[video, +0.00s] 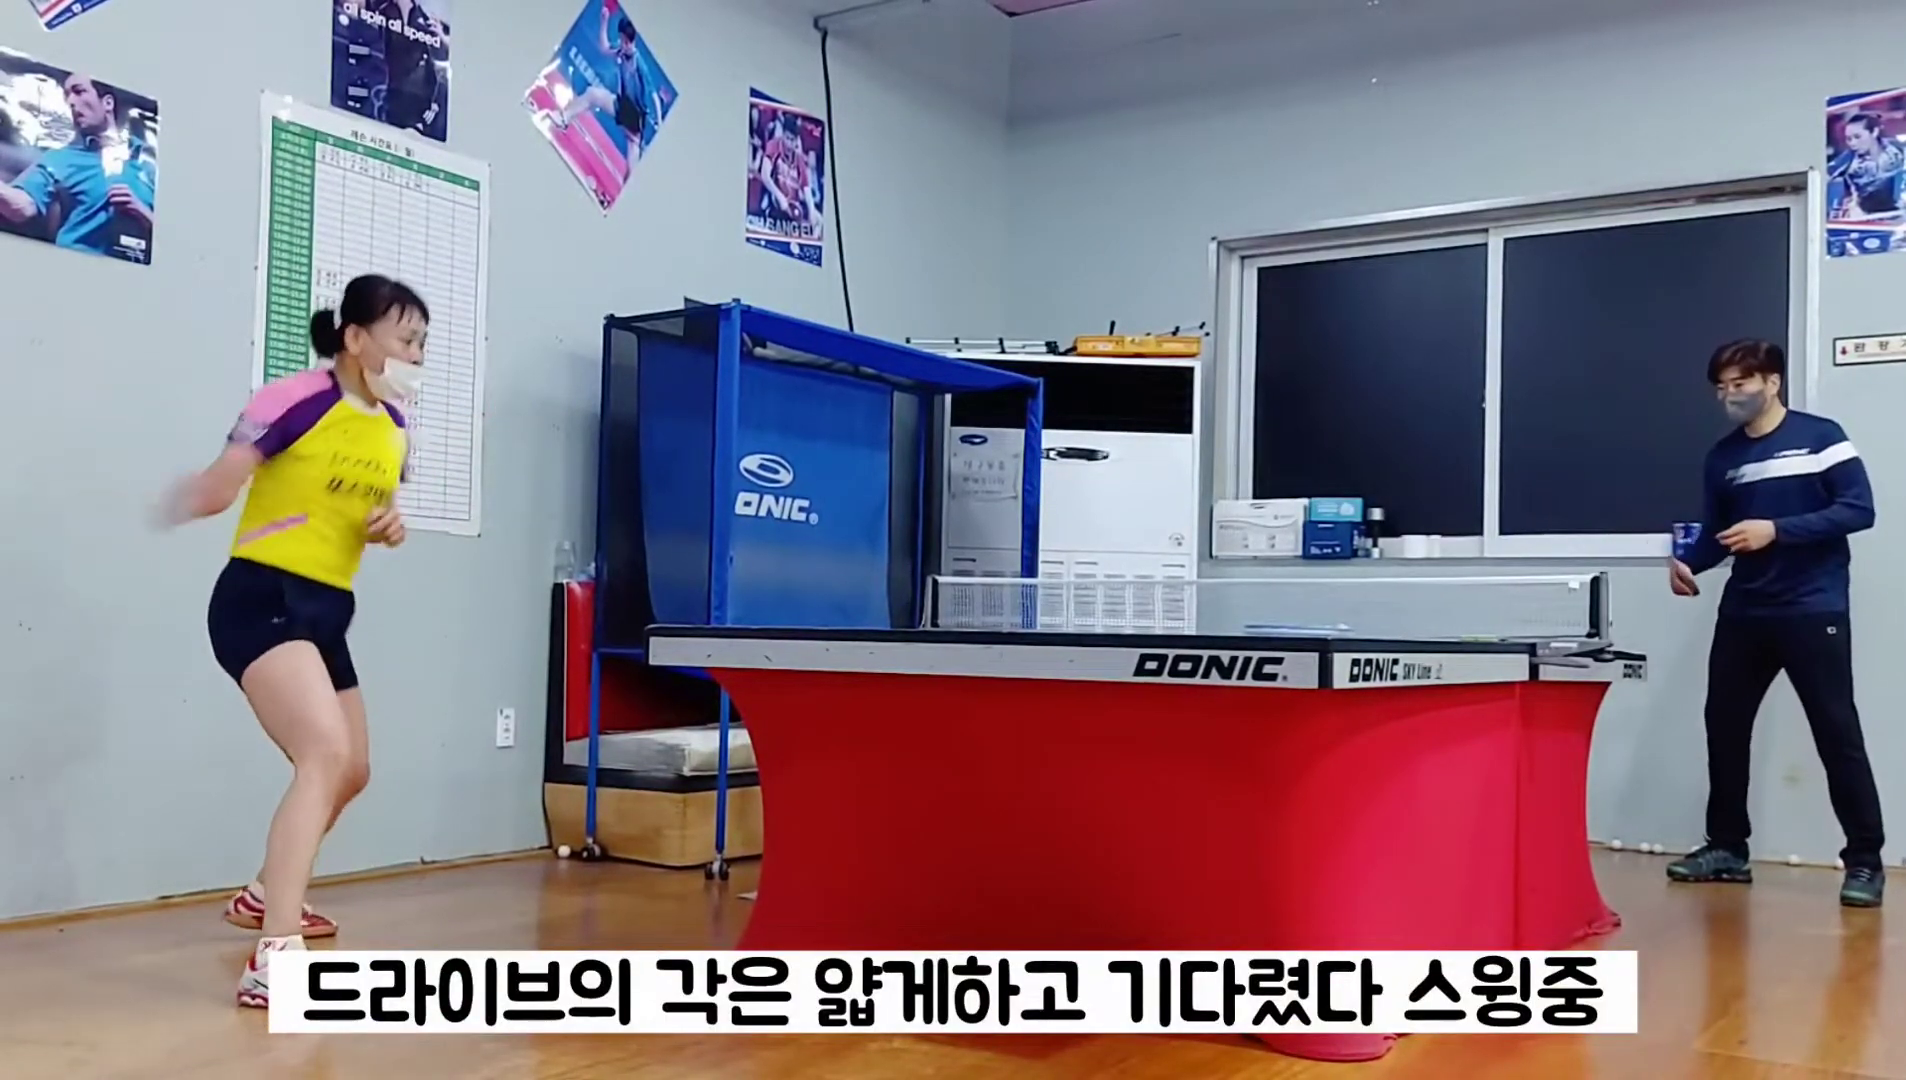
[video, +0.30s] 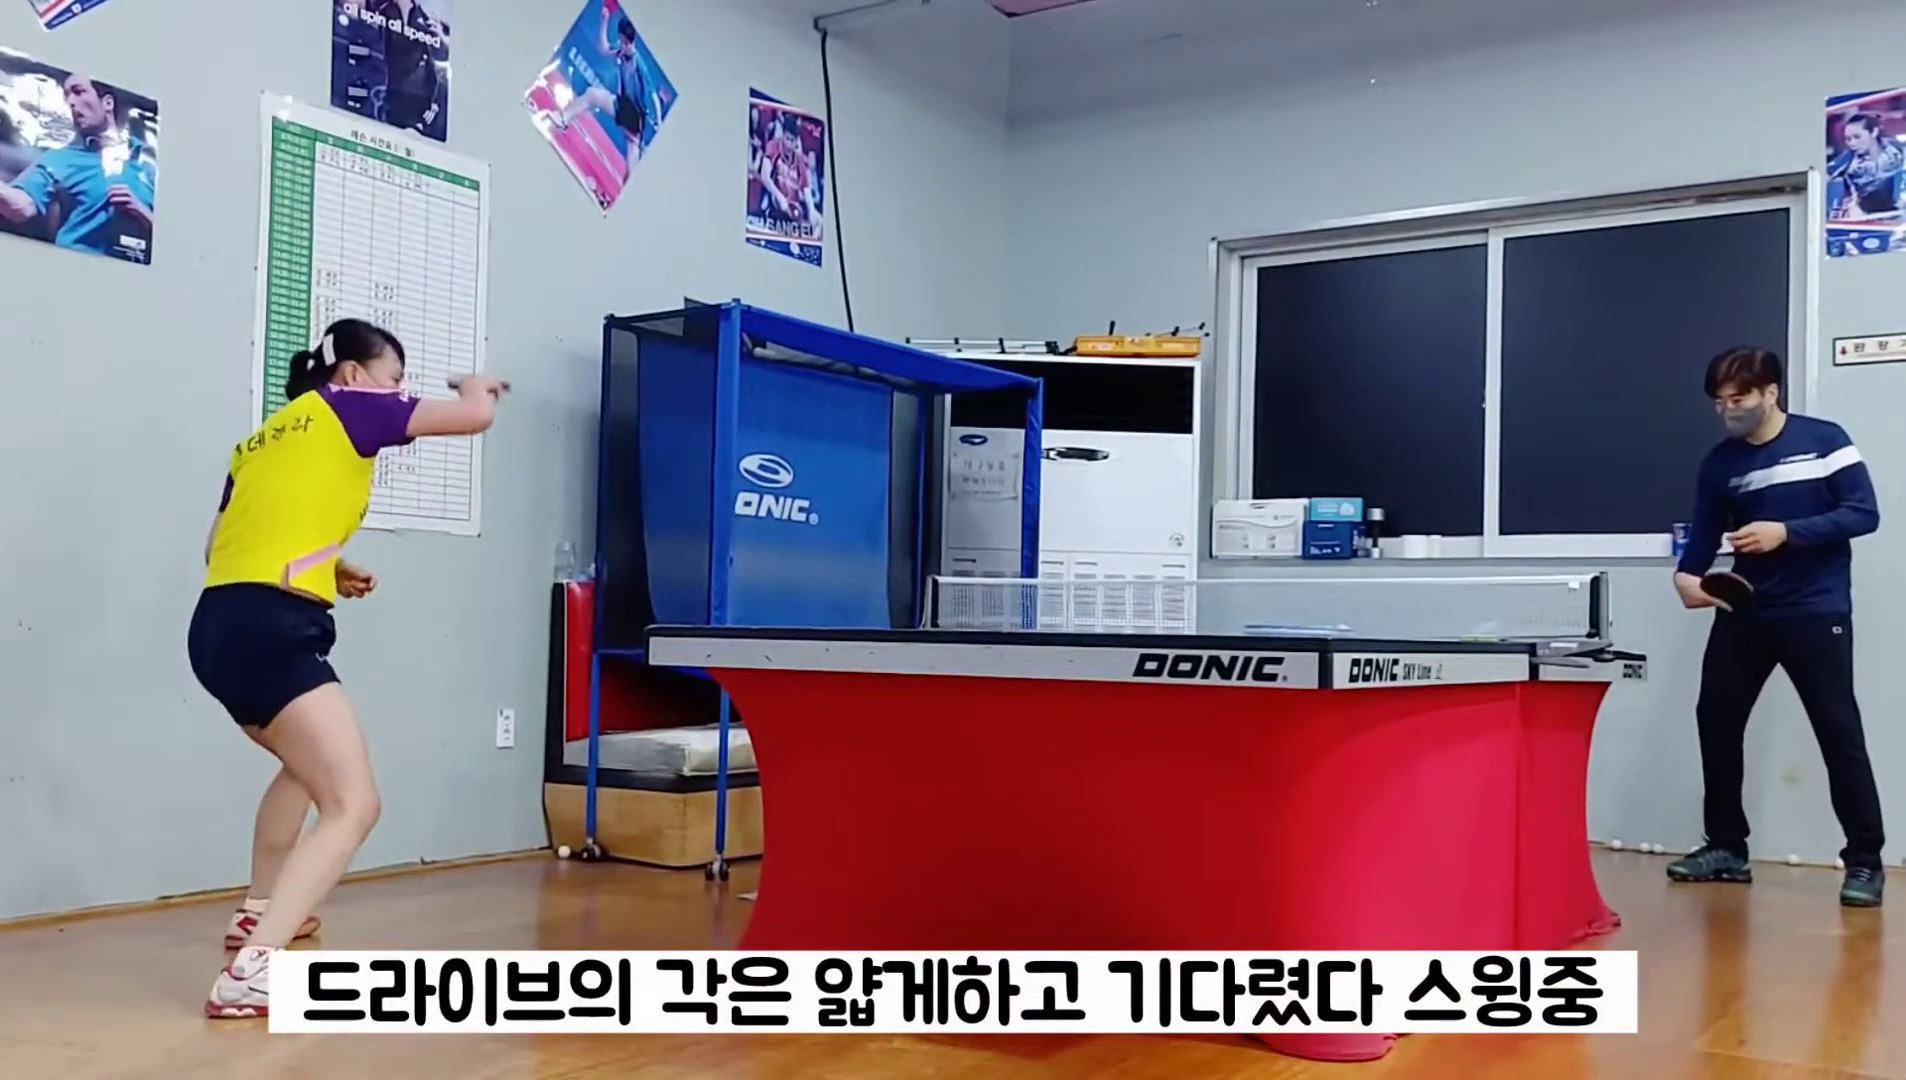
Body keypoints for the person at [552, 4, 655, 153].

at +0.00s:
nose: (622, 42)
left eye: (624, 40)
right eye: (621, 38)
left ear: (629, 40)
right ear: (620, 38)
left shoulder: (632, 55)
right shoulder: (621, 52)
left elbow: (631, 55)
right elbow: (604, 49)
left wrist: (629, 51)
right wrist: (604, 22)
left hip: (629, 109)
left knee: (593, 94)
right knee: (632, 169)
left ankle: (563, 118)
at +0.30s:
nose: (622, 43)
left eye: (624, 40)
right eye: (622, 40)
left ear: (628, 41)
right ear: (622, 40)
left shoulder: (632, 56)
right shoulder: (621, 54)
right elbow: (604, 49)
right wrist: (604, 22)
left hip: (628, 109)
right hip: (636, 115)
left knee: (593, 94)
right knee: (632, 164)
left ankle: (563, 118)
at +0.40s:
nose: (621, 42)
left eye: (623, 39)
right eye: (621, 38)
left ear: (627, 39)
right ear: (623, 38)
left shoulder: (629, 53)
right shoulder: (623, 52)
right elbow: (604, 49)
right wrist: (604, 22)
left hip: (628, 109)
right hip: (637, 116)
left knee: (593, 94)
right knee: (633, 163)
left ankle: (564, 118)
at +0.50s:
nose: (622, 43)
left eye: (624, 40)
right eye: (621, 39)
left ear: (628, 41)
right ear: (622, 39)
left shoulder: (631, 55)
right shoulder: (623, 52)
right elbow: (604, 50)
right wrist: (604, 22)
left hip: (628, 109)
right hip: (637, 115)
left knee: (593, 94)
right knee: (632, 163)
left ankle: (563, 118)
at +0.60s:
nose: (621, 42)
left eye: (623, 39)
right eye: (621, 39)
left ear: (627, 40)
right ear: (625, 39)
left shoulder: (631, 55)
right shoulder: (623, 52)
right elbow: (604, 50)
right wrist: (604, 22)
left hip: (628, 108)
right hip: (636, 115)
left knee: (593, 94)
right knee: (633, 159)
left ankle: (563, 117)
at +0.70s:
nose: (621, 43)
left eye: (623, 40)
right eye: (621, 39)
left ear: (628, 40)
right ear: (624, 39)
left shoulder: (631, 55)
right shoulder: (624, 52)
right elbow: (605, 50)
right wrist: (604, 22)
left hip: (628, 108)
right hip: (637, 115)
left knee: (593, 94)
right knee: (632, 164)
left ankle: (563, 117)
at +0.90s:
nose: (621, 42)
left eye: (623, 39)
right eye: (621, 39)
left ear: (627, 40)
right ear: (623, 38)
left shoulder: (630, 54)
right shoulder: (624, 52)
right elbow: (605, 50)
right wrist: (604, 22)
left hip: (628, 108)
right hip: (637, 115)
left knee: (594, 94)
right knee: (633, 160)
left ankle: (564, 117)